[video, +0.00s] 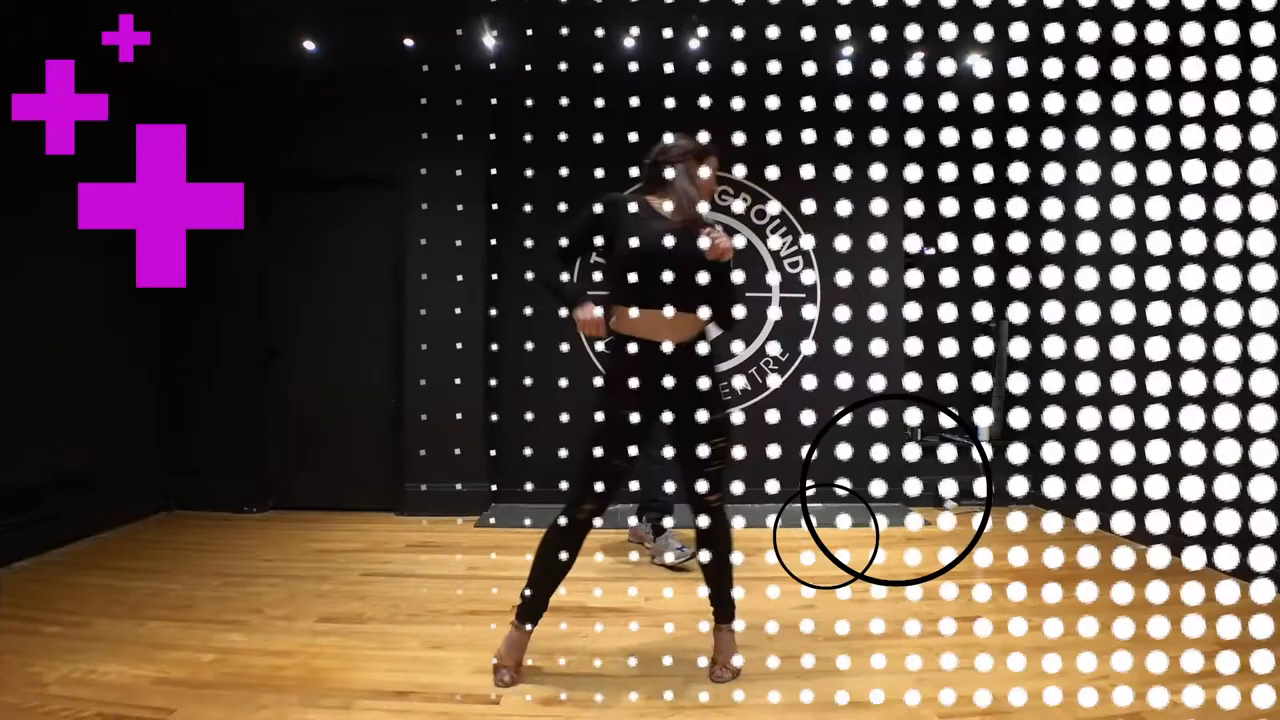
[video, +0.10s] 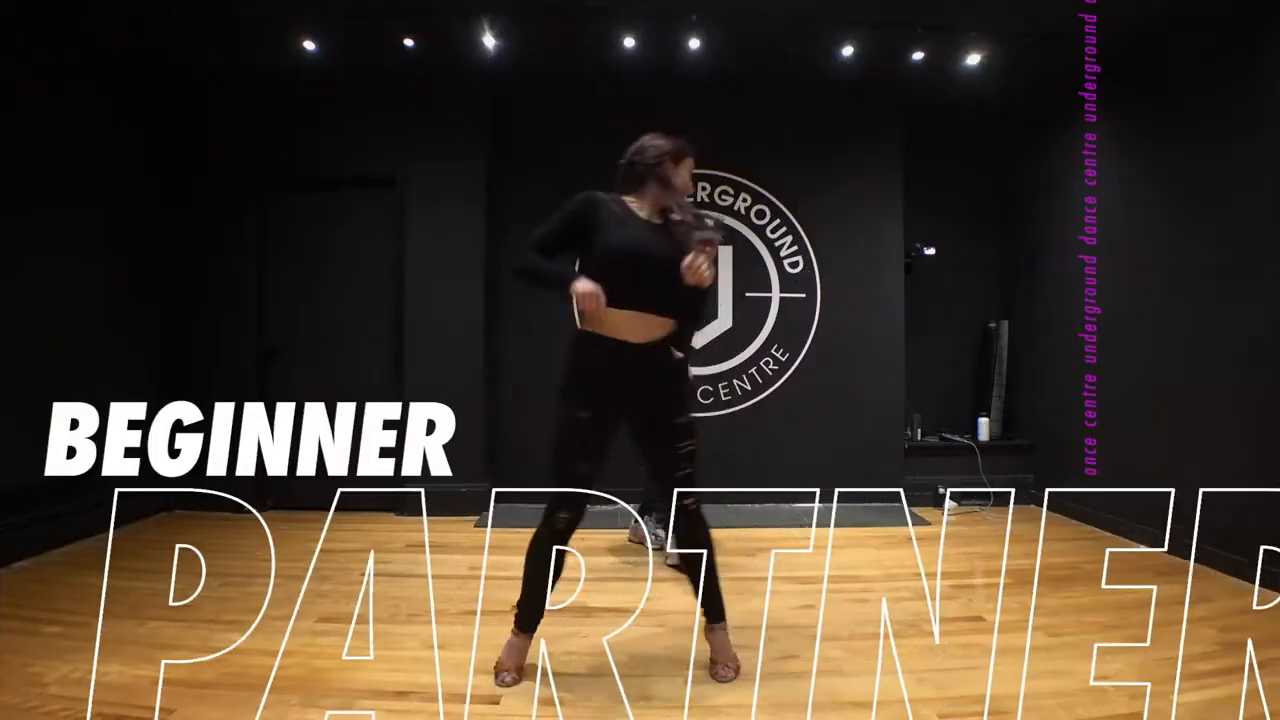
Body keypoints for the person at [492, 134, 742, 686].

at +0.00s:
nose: (714, 184)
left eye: (715, 174)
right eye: (707, 172)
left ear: (699, 177)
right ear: (675, 171)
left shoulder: (711, 236)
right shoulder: (616, 217)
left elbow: (724, 319)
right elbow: (589, 297)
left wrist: (721, 266)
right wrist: (588, 314)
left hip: (695, 376)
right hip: (628, 372)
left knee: (710, 503)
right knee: (588, 502)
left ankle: (724, 630)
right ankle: (522, 629)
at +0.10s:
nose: (691, 182)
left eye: (692, 174)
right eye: (686, 172)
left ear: (665, 172)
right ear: (657, 170)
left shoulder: (685, 232)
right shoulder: (594, 210)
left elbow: (690, 325)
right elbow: (527, 261)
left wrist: (699, 284)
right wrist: (570, 279)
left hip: (661, 374)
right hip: (594, 368)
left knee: (683, 506)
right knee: (566, 506)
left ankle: (716, 629)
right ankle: (522, 631)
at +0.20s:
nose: (653, 185)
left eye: (653, 176)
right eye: (648, 174)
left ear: (625, 176)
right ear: (621, 174)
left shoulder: (641, 237)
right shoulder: (557, 209)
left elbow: (641, 304)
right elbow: (503, 276)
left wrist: (661, 306)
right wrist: (563, 258)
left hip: (610, 372)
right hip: (546, 365)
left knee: (635, 508)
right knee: (527, 507)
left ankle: (659, 630)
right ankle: (515, 632)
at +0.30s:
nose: (630, 183)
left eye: (631, 175)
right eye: (627, 172)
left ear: (607, 175)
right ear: (603, 171)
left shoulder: (619, 231)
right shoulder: (538, 210)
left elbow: (604, 304)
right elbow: (495, 284)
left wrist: (633, 319)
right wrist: (557, 261)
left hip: (586, 376)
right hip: (524, 368)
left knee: (593, 508)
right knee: (510, 505)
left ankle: (581, 627)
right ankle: (512, 631)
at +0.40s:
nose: (613, 179)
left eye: (613, 169)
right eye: (608, 168)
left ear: (592, 173)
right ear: (582, 167)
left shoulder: (597, 235)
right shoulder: (520, 211)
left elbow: (591, 309)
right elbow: (484, 289)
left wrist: (626, 320)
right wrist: (549, 277)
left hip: (565, 376)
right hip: (505, 369)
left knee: (546, 507)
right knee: (495, 506)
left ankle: (545, 628)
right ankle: (507, 631)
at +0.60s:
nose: (575, 173)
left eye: (575, 164)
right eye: (568, 162)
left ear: (552, 167)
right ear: (537, 161)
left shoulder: (564, 226)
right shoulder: (474, 206)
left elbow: (594, 309)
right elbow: (421, 263)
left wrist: (584, 250)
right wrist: (395, 302)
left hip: (537, 365)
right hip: (471, 360)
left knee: (540, 495)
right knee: (436, 492)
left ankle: (546, 624)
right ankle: (415, 621)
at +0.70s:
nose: (544, 177)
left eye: (544, 168)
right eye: (537, 166)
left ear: (519, 170)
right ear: (506, 165)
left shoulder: (530, 228)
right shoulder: (439, 211)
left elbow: (562, 300)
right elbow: (368, 239)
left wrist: (533, 235)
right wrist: (337, 276)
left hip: (514, 370)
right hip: (447, 371)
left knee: (532, 493)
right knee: (393, 485)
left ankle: (548, 620)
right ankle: (389, 613)